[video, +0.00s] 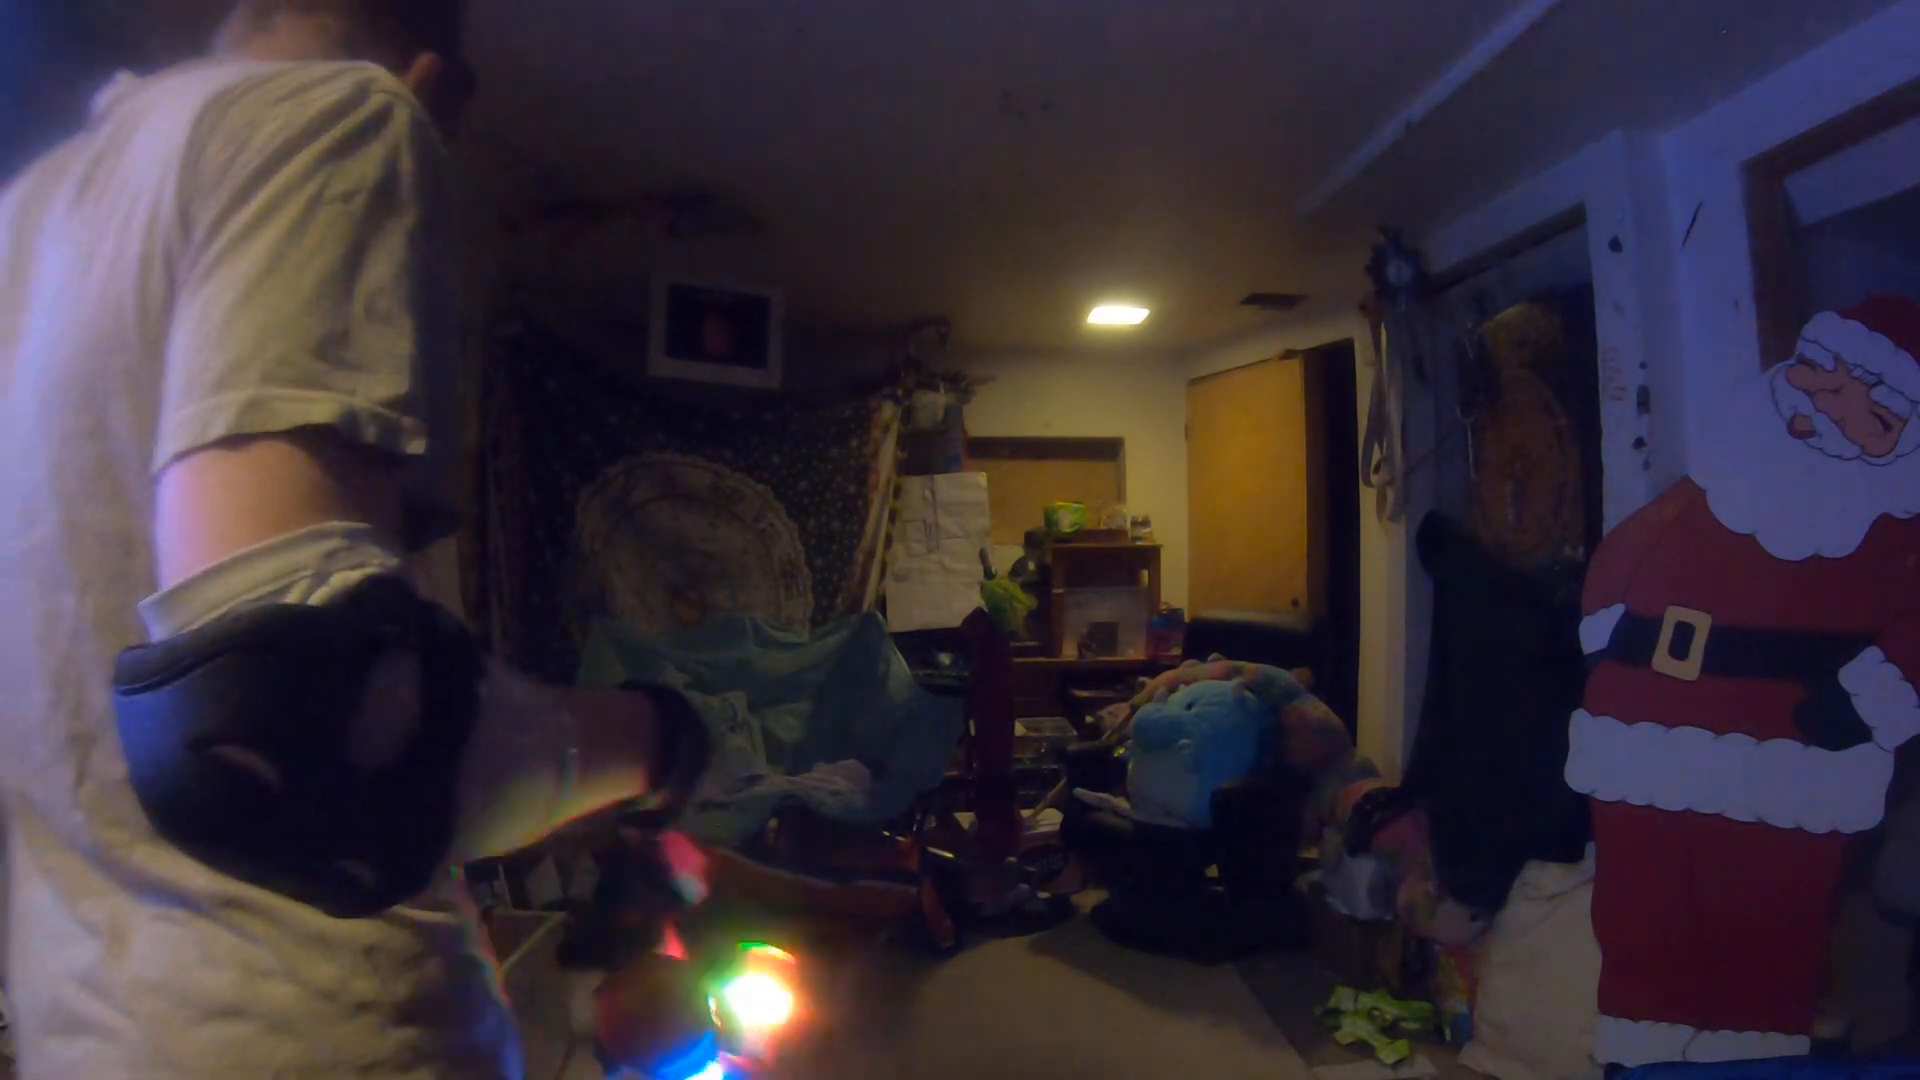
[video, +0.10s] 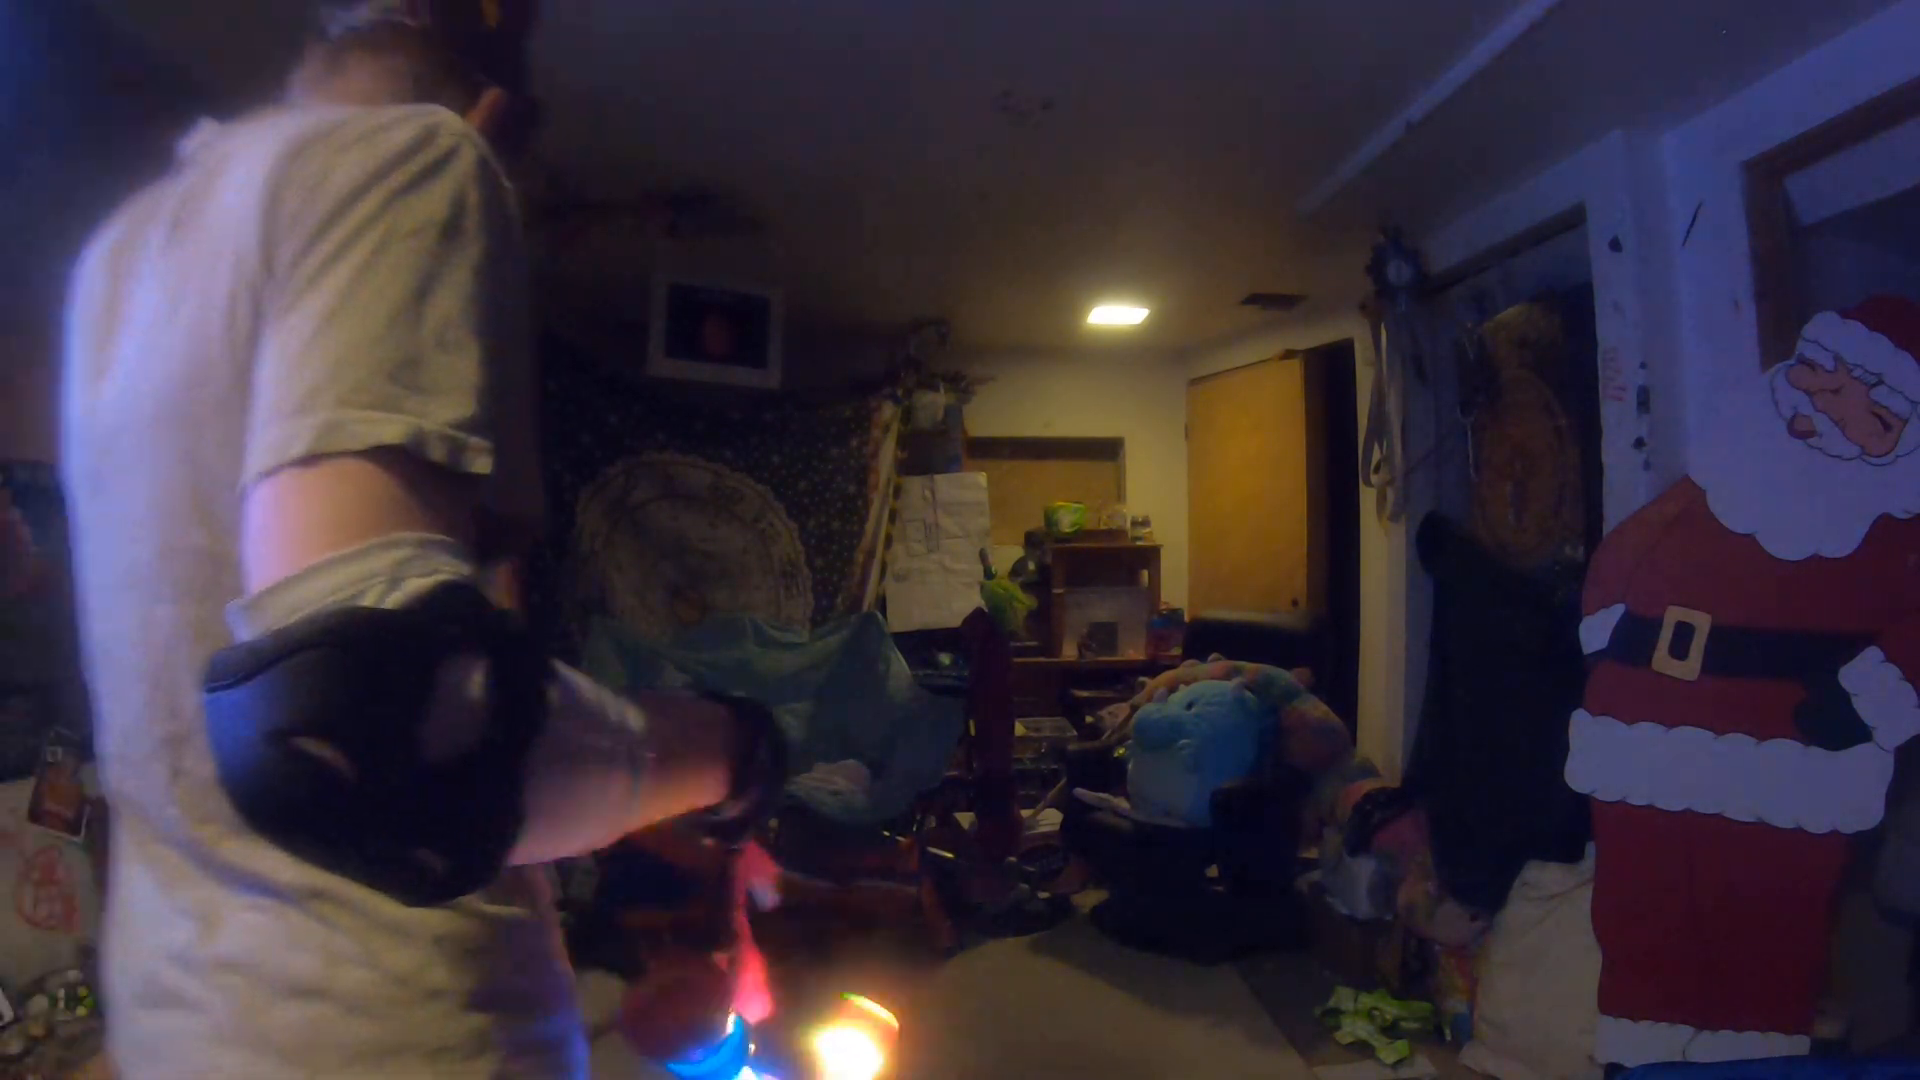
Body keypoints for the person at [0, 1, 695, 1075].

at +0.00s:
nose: (432, 139)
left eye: (441, 127)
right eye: (445, 118)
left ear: (233, 22)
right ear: (423, 76)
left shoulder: (30, 194)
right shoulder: (328, 109)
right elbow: (276, 698)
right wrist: (646, 736)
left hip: (47, 1018)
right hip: (286, 1024)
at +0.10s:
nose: (511, 190)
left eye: (512, 167)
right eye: (515, 159)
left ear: (310, 74)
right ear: (488, 113)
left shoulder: (121, 241)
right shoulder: (395, 157)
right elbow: (354, 707)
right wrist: (724, 747)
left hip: (165, 1008)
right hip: (388, 1028)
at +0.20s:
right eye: (573, 188)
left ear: (388, 111)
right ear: (552, 144)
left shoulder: (210, 281)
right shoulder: (484, 190)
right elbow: (437, 693)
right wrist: (785, 757)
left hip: (270, 992)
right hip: (471, 1006)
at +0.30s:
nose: (640, 222)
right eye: (641, 201)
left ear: (465, 146)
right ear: (622, 172)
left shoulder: (312, 297)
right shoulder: (564, 224)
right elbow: (529, 698)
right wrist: (848, 746)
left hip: (353, 967)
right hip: (549, 1000)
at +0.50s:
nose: (766, 231)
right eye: (779, 214)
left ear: (610, 165)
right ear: (762, 193)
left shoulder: (462, 301)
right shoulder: (708, 247)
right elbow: (668, 660)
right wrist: (955, 719)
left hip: (476, 951)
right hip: (679, 979)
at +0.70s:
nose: (893, 283)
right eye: (899, 262)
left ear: (744, 204)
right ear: (881, 228)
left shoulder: (609, 318)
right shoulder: (852, 285)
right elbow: (838, 658)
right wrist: (1054, 702)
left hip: (604, 913)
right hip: (819, 938)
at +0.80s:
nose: (947, 289)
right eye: (955, 273)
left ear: (812, 220)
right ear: (940, 250)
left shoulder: (680, 334)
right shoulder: (930, 315)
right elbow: (926, 659)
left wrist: (898, 149)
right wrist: (1097, 695)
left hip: (683, 896)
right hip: (890, 913)